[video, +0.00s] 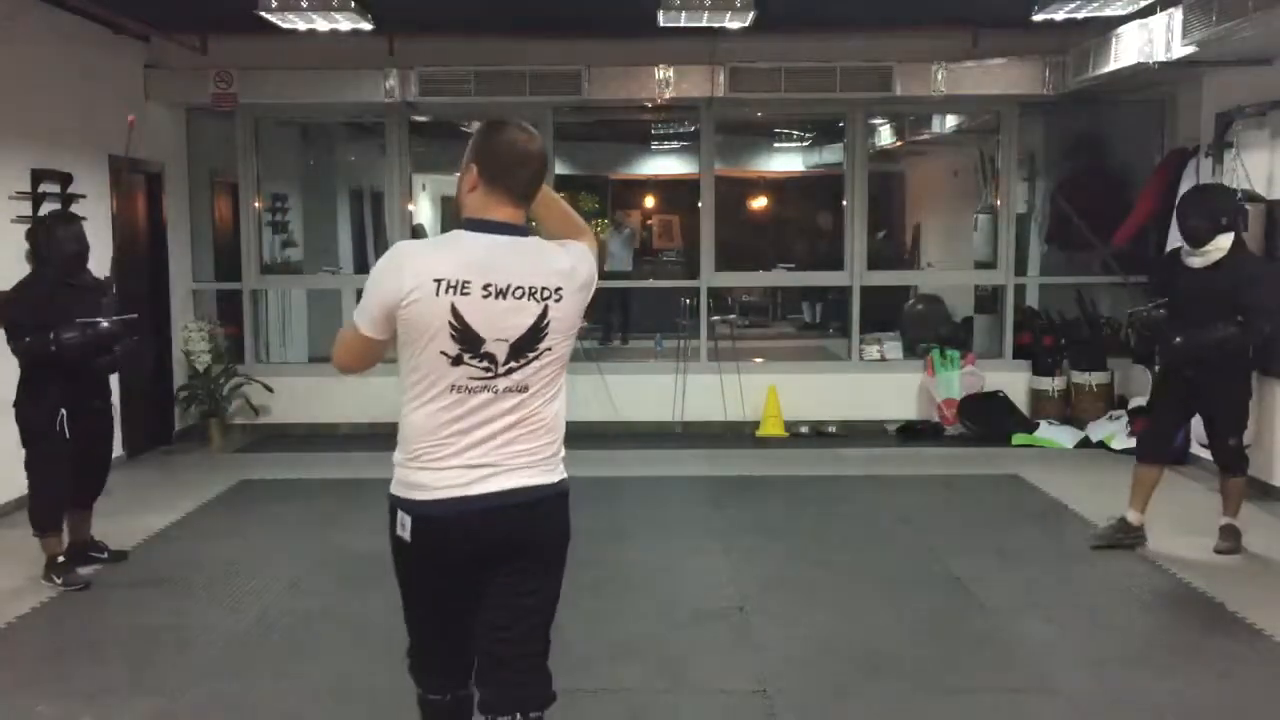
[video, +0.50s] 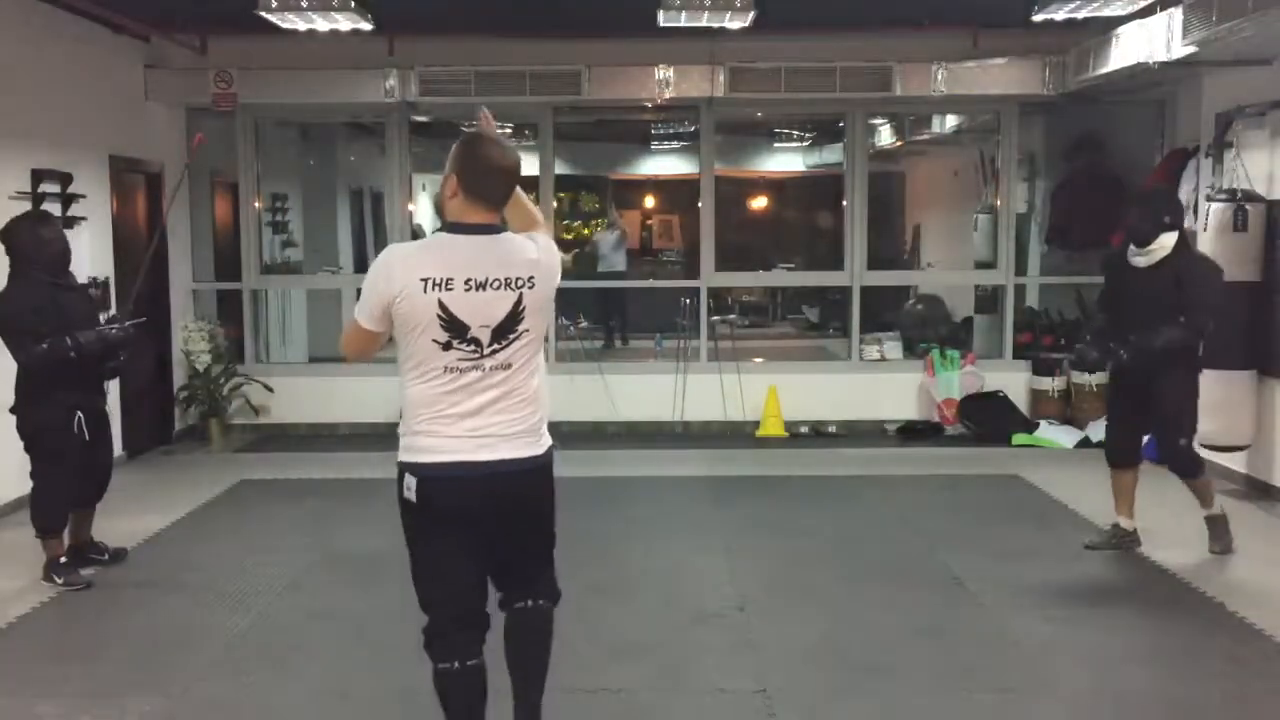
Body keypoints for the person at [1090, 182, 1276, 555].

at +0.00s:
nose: (1186, 229)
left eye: (1195, 222)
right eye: (1184, 221)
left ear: (1221, 223)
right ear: (1181, 221)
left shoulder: (1249, 269)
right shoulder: (1172, 264)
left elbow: (1258, 330)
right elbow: (1158, 314)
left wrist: (1198, 341)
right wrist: (1146, 328)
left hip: (1224, 376)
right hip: (1177, 372)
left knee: (1228, 451)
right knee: (1153, 440)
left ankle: (1229, 524)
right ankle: (1132, 522)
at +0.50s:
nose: (1135, 223)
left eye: (1144, 215)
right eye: (1134, 214)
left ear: (1166, 220)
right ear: (1129, 217)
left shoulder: (1195, 269)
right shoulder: (1120, 265)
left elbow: (1197, 327)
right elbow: (1107, 314)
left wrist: (1143, 343)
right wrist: (1094, 342)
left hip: (1174, 372)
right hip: (1128, 370)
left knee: (1177, 451)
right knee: (1120, 446)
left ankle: (1213, 514)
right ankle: (1124, 527)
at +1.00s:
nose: (1126, 226)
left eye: (1132, 218)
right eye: (1123, 219)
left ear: (1150, 218)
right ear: (1120, 221)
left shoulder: (1180, 263)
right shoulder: (1113, 263)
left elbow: (1178, 325)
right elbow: (1097, 315)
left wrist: (1131, 349)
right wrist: (1091, 346)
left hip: (1160, 375)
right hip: (1117, 373)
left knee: (1161, 456)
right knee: (1120, 451)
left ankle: (1169, 536)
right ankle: (1124, 528)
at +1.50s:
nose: (1132, 223)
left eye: (1140, 215)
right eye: (1131, 215)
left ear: (1162, 217)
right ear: (1130, 216)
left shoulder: (1191, 268)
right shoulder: (1121, 264)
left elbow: (1182, 329)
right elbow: (1106, 317)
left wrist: (1128, 351)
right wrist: (1093, 348)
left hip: (1164, 377)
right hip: (1120, 373)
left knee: (1168, 456)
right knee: (1122, 451)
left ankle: (1170, 537)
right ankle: (1124, 527)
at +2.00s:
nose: (1127, 223)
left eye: (1136, 215)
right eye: (1127, 215)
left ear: (1158, 218)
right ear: (1128, 217)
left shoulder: (1186, 269)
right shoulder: (1117, 263)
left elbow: (1171, 331)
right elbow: (1105, 320)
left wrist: (1113, 356)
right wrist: (1089, 353)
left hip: (1161, 378)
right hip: (1119, 374)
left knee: (1165, 454)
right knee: (1121, 449)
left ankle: (1170, 537)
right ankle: (1124, 527)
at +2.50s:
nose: (1126, 226)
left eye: (1135, 218)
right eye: (1125, 218)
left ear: (1156, 219)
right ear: (1124, 218)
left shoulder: (1181, 267)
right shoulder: (1115, 261)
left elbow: (1172, 327)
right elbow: (1100, 315)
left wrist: (1125, 346)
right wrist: (1089, 344)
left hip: (1154, 377)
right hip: (1112, 374)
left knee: (1159, 455)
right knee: (1116, 450)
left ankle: (1169, 537)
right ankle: (1123, 528)